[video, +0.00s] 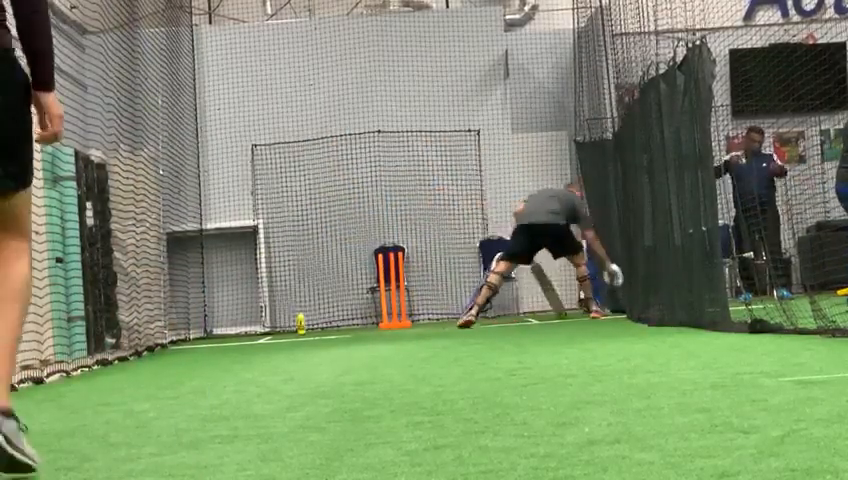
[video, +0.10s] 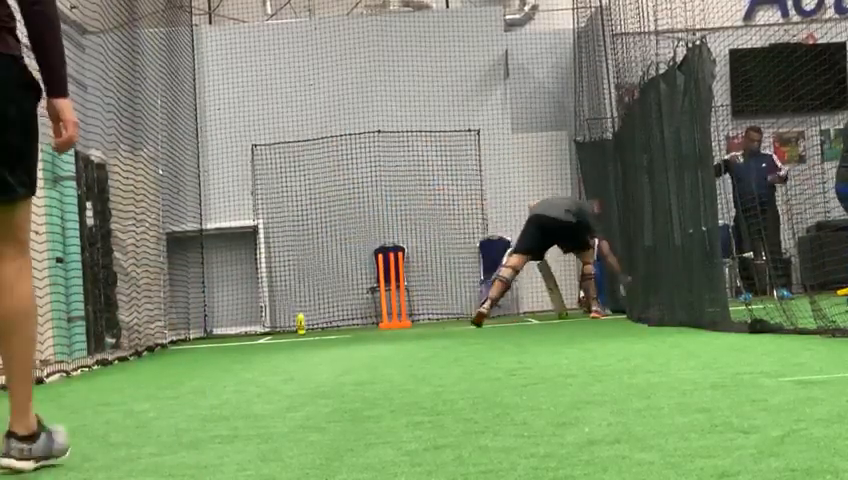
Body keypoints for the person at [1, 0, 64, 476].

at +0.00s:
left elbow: (27, 1)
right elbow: (27, 1)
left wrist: (40, 83)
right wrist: (44, 83)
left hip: (6, 75)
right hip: (1, 74)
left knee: (15, 238)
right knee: (12, 239)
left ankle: (4, 404)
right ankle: (2, 404)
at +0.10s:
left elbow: (36, 2)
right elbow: (36, 1)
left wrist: (54, 89)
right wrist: (57, 89)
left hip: (10, 81)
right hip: (4, 79)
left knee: (14, 252)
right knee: (11, 251)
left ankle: (21, 427)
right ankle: (22, 429)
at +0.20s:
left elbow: (47, 5)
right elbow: (47, 4)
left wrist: (68, 101)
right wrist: (71, 100)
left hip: (15, 83)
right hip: (11, 82)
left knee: (14, 261)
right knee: (14, 261)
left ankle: (25, 420)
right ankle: (27, 428)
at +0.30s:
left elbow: (60, 13)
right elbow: (60, 13)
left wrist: (81, 110)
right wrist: (83, 110)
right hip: (22, 88)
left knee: (23, 260)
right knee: (23, 260)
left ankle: (28, 427)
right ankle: (27, 429)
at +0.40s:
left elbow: (73, 15)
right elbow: (74, 15)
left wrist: (93, 109)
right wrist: (96, 109)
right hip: (33, 88)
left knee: (34, 260)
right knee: (33, 259)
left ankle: (28, 428)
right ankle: (28, 430)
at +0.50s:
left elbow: (87, 14)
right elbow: (87, 13)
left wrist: (105, 109)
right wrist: (107, 110)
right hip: (41, 84)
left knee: (35, 260)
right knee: (36, 260)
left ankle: (28, 428)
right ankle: (28, 430)